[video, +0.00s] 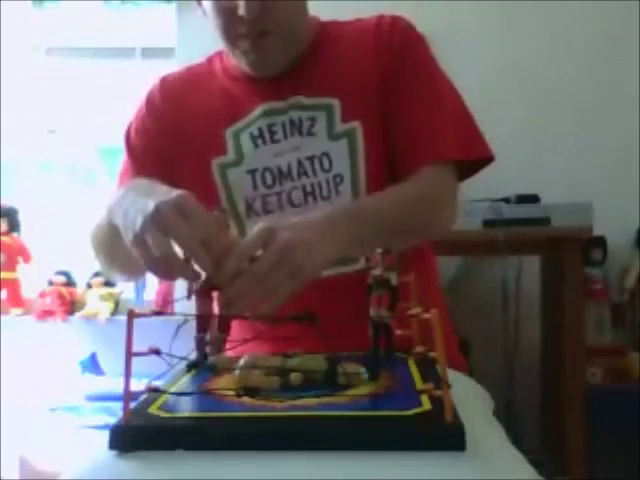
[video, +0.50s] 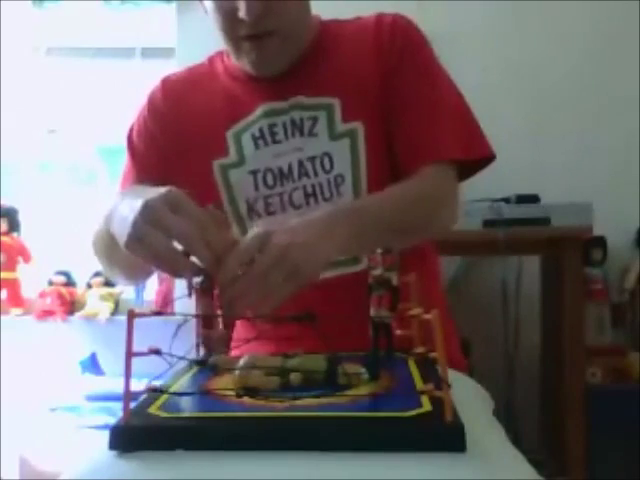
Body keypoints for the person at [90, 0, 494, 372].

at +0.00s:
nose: (244, 12)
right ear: (203, 5)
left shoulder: (385, 47)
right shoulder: (172, 102)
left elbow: (438, 202)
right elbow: (117, 259)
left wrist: (318, 237)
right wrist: (128, 203)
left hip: (399, 366)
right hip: (248, 375)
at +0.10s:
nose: (247, 10)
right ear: (205, 5)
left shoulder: (386, 48)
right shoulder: (173, 103)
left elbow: (439, 202)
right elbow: (119, 260)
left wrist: (318, 237)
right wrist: (129, 205)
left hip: (399, 365)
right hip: (250, 374)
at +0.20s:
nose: (246, 10)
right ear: (205, 5)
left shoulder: (386, 48)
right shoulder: (173, 103)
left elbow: (439, 202)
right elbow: (120, 261)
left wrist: (317, 236)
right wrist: (130, 206)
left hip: (400, 364)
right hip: (252, 372)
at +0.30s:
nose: (247, 10)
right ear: (207, 4)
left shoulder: (386, 47)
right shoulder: (174, 103)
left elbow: (439, 202)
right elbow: (121, 262)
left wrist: (317, 236)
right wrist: (129, 208)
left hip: (400, 364)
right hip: (252, 372)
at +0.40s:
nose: (246, 11)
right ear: (206, 5)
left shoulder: (386, 46)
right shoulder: (173, 103)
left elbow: (439, 202)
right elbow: (123, 264)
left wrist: (321, 235)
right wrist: (127, 211)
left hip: (401, 365)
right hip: (252, 374)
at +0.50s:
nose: (245, 12)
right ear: (205, 4)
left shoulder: (386, 46)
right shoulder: (173, 104)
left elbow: (439, 202)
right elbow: (123, 266)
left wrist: (320, 236)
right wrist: (124, 214)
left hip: (403, 367)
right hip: (256, 377)